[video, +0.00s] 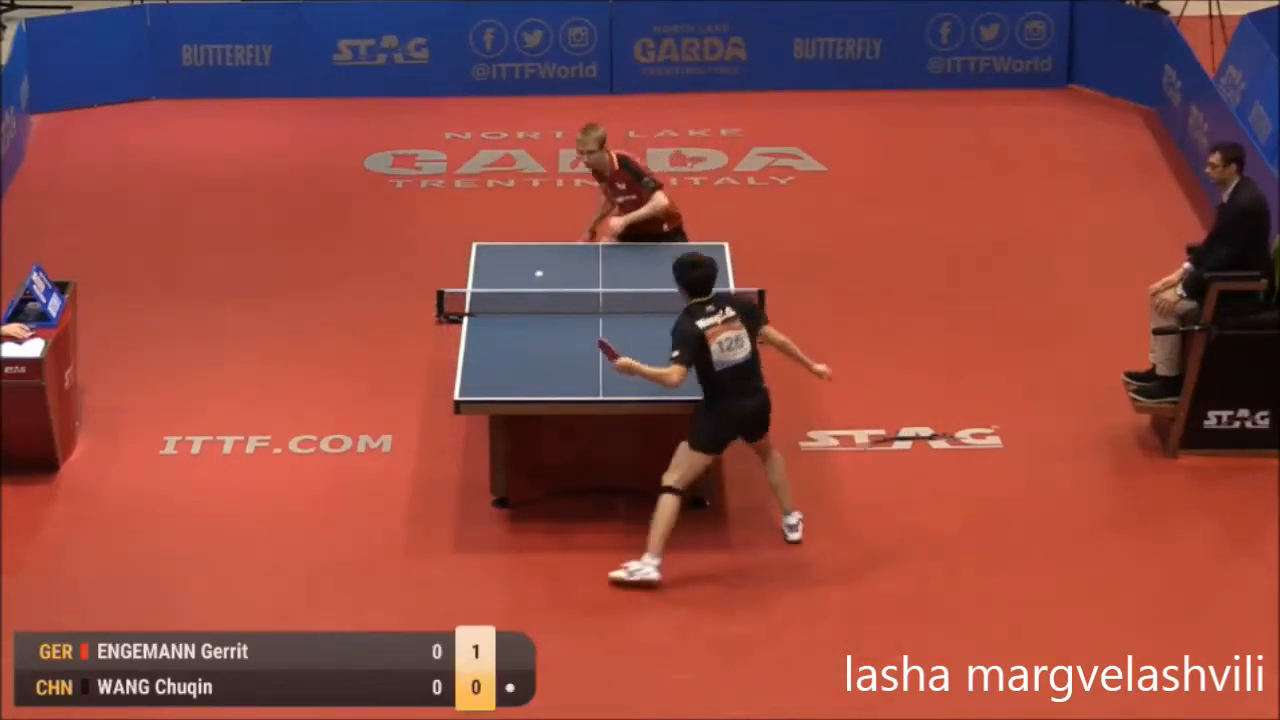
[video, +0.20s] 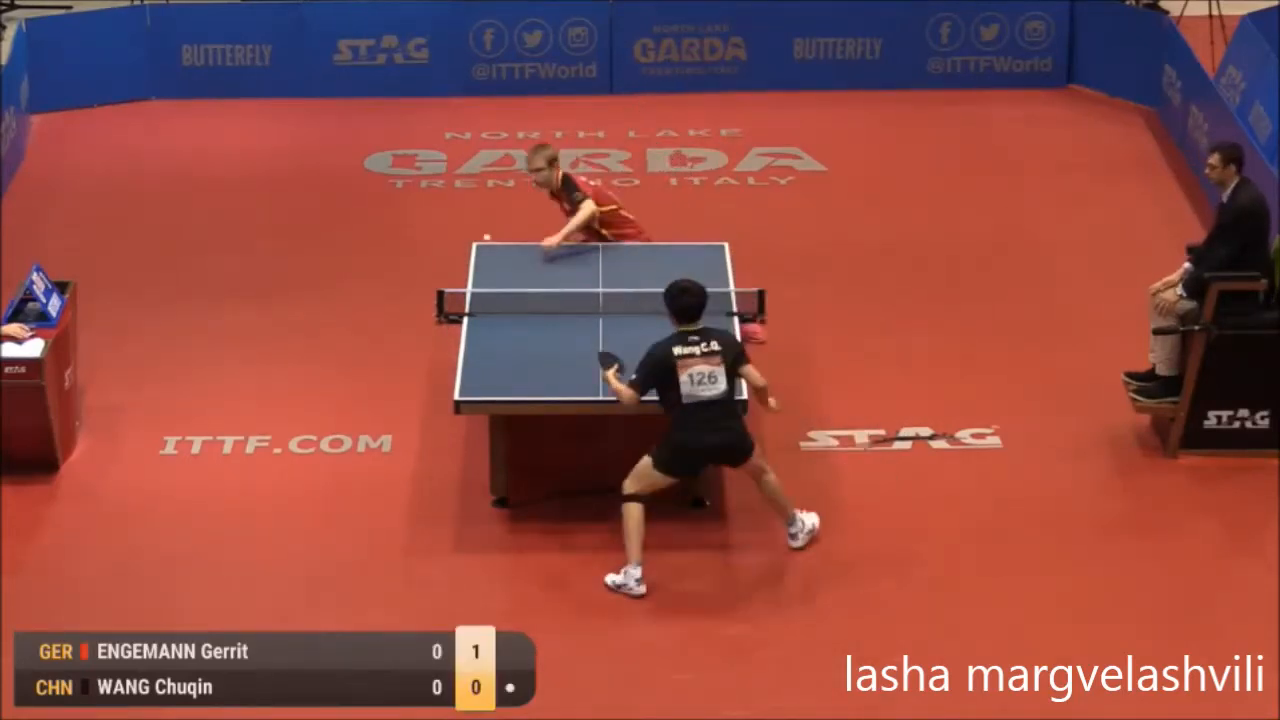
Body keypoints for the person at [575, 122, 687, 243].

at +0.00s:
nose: (585, 159)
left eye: (590, 153)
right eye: (581, 153)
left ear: (604, 149)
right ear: (578, 151)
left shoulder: (627, 164)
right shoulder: (597, 172)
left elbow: (662, 202)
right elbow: (610, 199)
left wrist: (624, 221)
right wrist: (593, 227)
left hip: (665, 232)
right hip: (634, 232)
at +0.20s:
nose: (534, 178)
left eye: (539, 171)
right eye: (531, 172)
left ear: (555, 167)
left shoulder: (569, 183)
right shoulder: (556, 191)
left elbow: (589, 209)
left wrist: (559, 237)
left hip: (633, 244)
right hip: (607, 245)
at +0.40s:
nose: (512, 174)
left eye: (515, 168)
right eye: (511, 169)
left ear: (532, 164)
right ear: (523, 166)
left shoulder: (565, 174)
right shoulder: (528, 200)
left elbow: (608, 181)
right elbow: (514, 238)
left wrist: (579, 205)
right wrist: (475, 261)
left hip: (611, 247)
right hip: (577, 254)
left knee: (621, 310)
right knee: (586, 313)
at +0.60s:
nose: (535, 160)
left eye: (539, 154)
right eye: (533, 155)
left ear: (556, 149)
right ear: (531, 152)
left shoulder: (583, 165)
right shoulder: (539, 171)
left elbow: (631, 173)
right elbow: (496, 169)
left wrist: (604, 191)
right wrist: (506, 136)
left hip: (610, 238)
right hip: (571, 240)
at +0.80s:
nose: (579, 121)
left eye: (584, 115)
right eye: (574, 115)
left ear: (595, 115)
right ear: (569, 115)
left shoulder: (615, 135)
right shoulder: (568, 139)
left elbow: (657, 152)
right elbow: (540, 161)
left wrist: (648, 187)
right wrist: (519, 163)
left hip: (622, 198)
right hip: (587, 197)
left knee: (634, 247)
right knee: (558, 241)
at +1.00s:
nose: (595, 93)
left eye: (600, 87)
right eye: (590, 87)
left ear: (608, 87)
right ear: (583, 87)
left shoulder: (628, 112)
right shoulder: (577, 117)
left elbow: (650, 134)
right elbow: (564, 154)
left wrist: (644, 171)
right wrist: (550, 190)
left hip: (627, 177)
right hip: (591, 179)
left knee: (655, 230)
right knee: (577, 237)